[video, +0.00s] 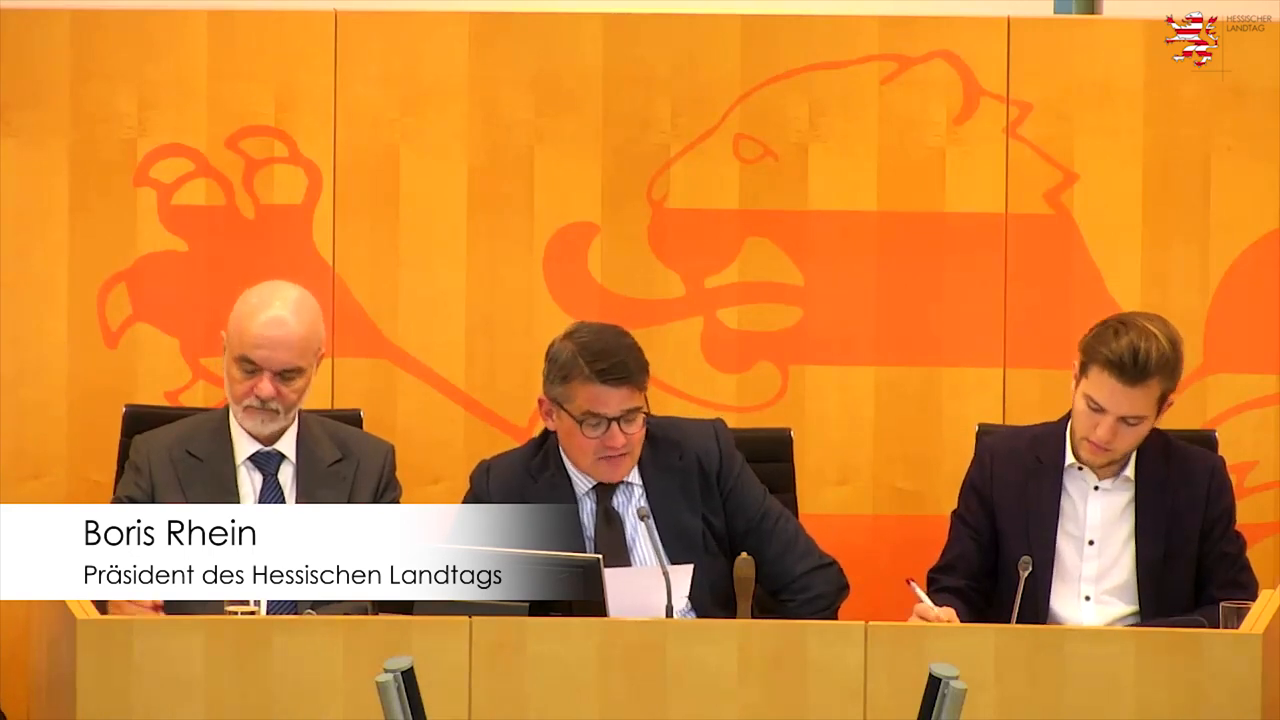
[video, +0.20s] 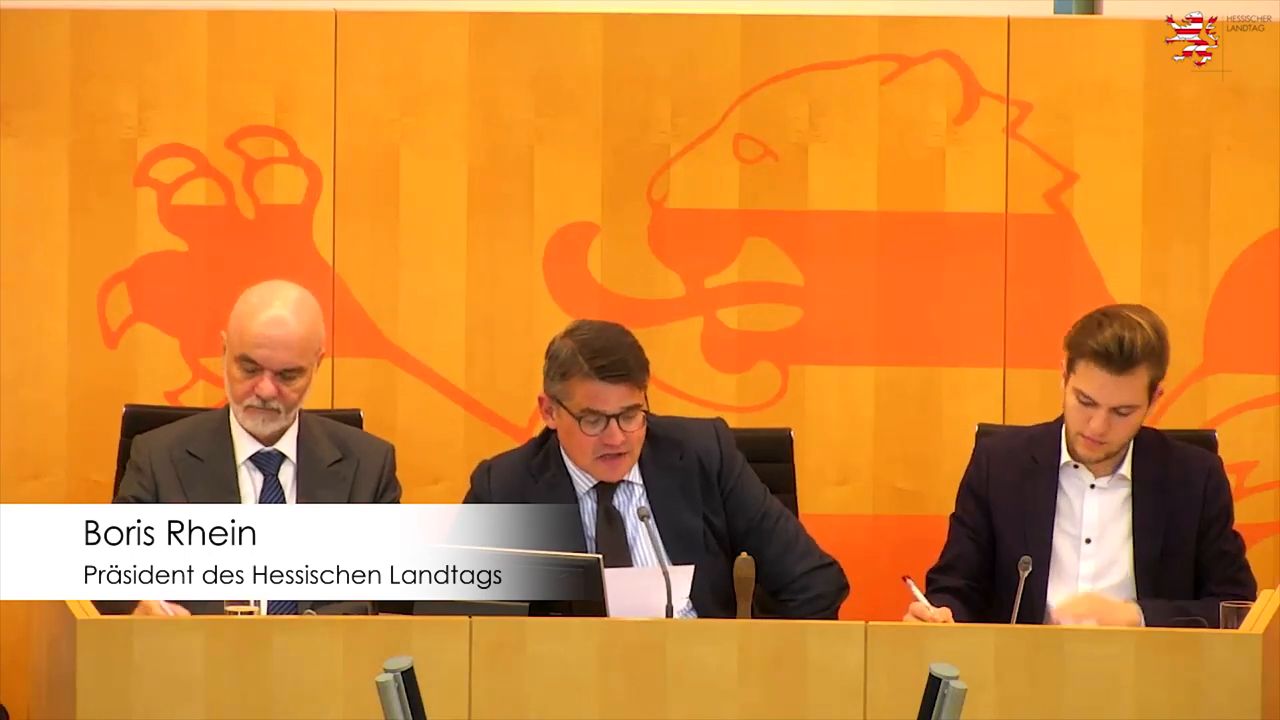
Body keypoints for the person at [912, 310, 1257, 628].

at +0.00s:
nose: (1103, 433)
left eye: (1130, 421)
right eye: (1094, 406)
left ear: (1163, 408)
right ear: (1076, 377)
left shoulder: (1200, 477)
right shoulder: (1001, 459)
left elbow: (1238, 603)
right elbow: (956, 584)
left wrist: (1153, 641)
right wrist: (942, 618)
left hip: (1152, 679)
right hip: (1025, 669)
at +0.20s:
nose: (1097, 427)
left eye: (1121, 411)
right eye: (1085, 401)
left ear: (1153, 400)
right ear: (1066, 378)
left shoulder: (1196, 477)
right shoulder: (999, 459)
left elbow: (1240, 608)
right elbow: (955, 585)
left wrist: (1138, 616)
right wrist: (939, 616)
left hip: (1148, 685)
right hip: (1021, 677)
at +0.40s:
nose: (1095, 422)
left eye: (1117, 404)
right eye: (1079, 400)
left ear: (1146, 389)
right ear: (1055, 381)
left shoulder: (1191, 473)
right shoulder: (997, 459)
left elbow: (1225, 606)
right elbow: (956, 587)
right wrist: (941, 617)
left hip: (1150, 680)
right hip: (1022, 674)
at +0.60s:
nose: (1098, 424)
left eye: (1119, 403)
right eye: (1079, 402)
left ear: (1143, 383)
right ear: (1052, 381)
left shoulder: (1191, 473)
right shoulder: (997, 460)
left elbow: (1211, 609)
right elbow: (955, 585)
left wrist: (1116, 509)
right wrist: (940, 618)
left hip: (1147, 677)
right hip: (1021, 672)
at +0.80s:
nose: (1099, 423)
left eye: (1119, 402)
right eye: (1079, 402)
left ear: (1144, 381)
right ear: (1053, 383)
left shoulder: (1197, 473)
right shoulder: (1002, 460)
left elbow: (1212, 611)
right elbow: (959, 586)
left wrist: (1114, 507)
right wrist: (935, 619)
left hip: (1149, 679)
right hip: (1021, 674)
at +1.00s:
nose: (1111, 413)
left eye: (1127, 389)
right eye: (1089, 393)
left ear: (1145, 376)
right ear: (1056, 387)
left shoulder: (1204, 474)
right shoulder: (1008, 461)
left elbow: (1221, 609)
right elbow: (965, 586)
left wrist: (1117, 538)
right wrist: (938, 617)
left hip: (1152, 679)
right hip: (1024, 674)